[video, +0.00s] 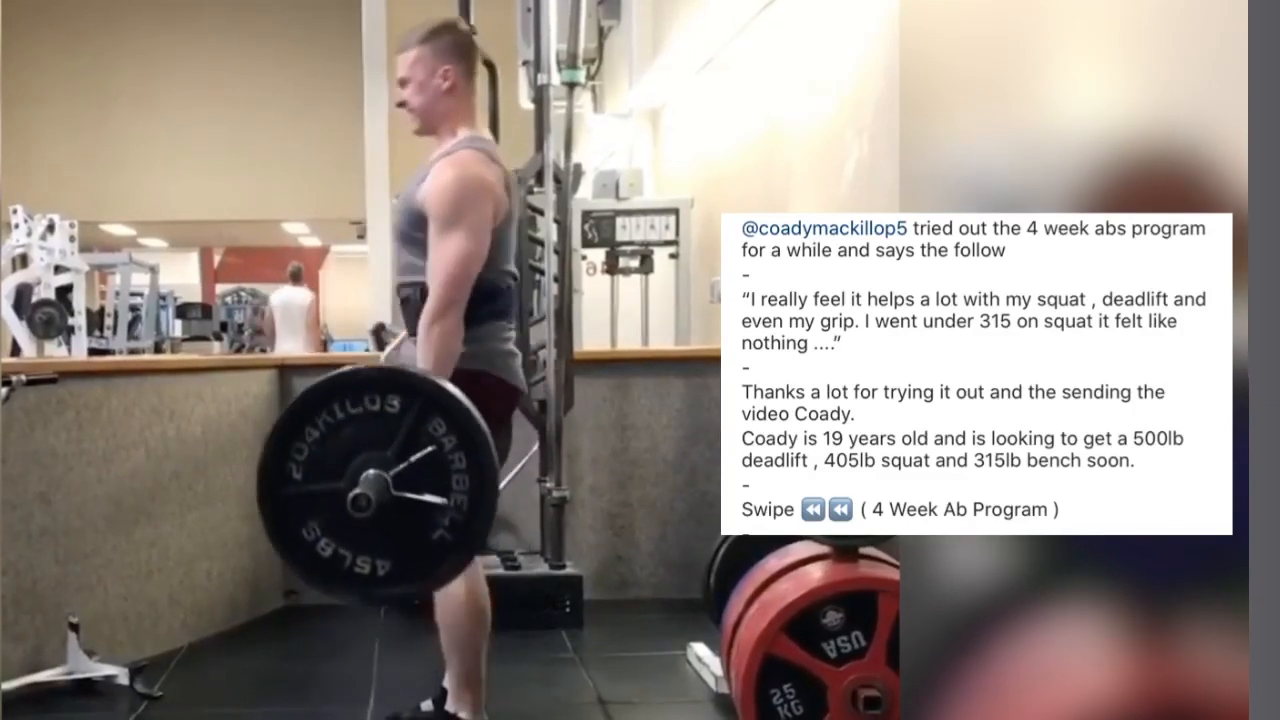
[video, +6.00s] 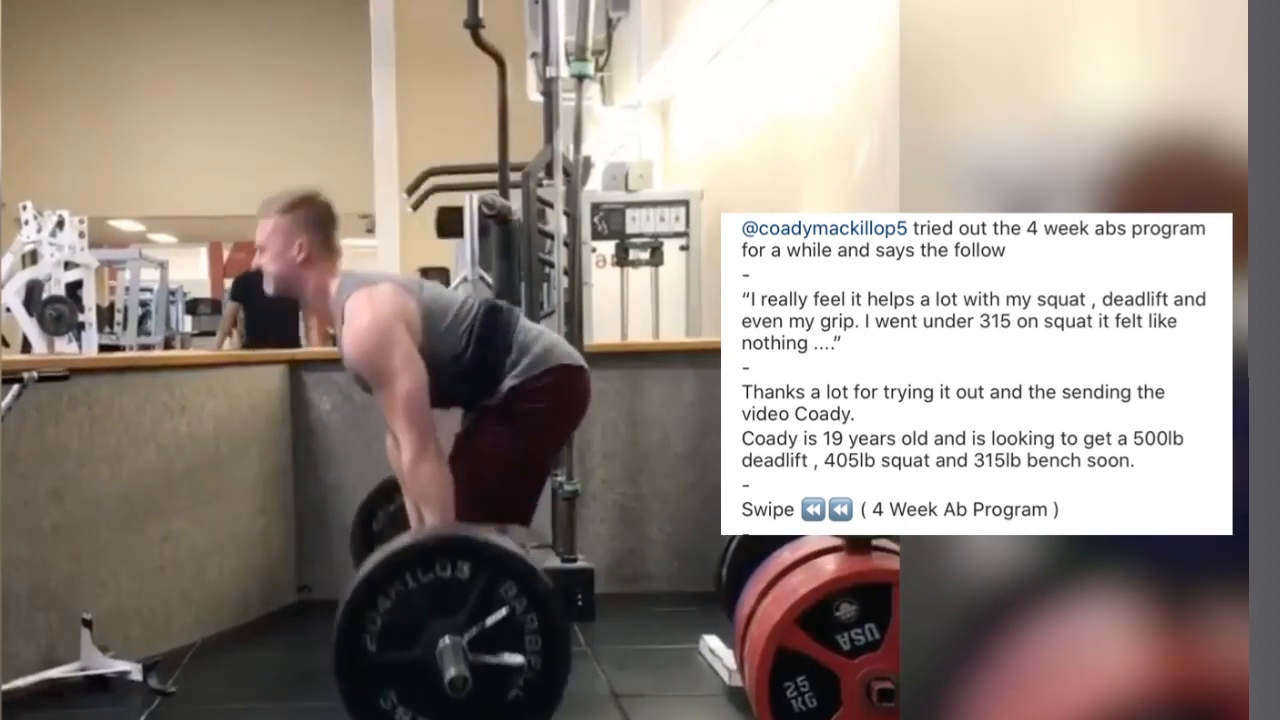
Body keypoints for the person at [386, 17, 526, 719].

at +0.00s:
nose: (400, 99)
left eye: (407, 83)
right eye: (399, 85)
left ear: (448, 80)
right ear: (449, 83)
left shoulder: (464, 170)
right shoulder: (459, 163)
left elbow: (446, 306)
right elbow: (439, 298)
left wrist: (424, 412)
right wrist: (391, 371)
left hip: (469, 373)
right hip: (469, 366)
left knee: (450, 545)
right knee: (452, 543)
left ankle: (467, 708)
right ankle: (461, 698)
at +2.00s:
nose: (268, 324)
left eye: (275, 311)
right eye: (267, 311)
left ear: (312, 310)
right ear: (315, 310)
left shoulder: (381, 382)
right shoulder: (370, 365)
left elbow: (410, 529)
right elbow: (391, 500)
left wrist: (438, 652)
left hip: (551, 452)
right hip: (539, 444)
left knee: (411, 547)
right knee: (408, 543)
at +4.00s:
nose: (373, 104)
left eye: (383, 89)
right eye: (374, 91)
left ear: (422, 91)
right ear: (421, 95)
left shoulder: (449, 185)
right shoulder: (429, 177)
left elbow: (456, 322)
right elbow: (442, 302)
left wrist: (442, 444)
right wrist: (417, 331)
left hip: (503, 373)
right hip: (480, 366)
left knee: (477, 533)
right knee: (465, 528)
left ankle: (475, 702)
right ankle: (464, 691)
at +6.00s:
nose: (256, 262)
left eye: (264, 249)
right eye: (257, 250)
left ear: (300, 249)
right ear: (300, 251)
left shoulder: (370, 318)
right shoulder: (354, 316)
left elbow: (422, 449)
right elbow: (399, 440)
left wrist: (448, 565)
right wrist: (425, 550)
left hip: (541, 376)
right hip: (512, 381)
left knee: (477, 524)